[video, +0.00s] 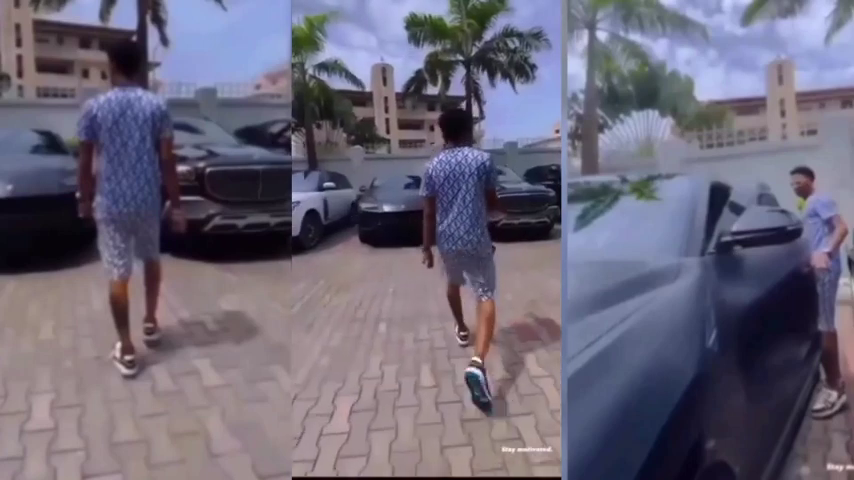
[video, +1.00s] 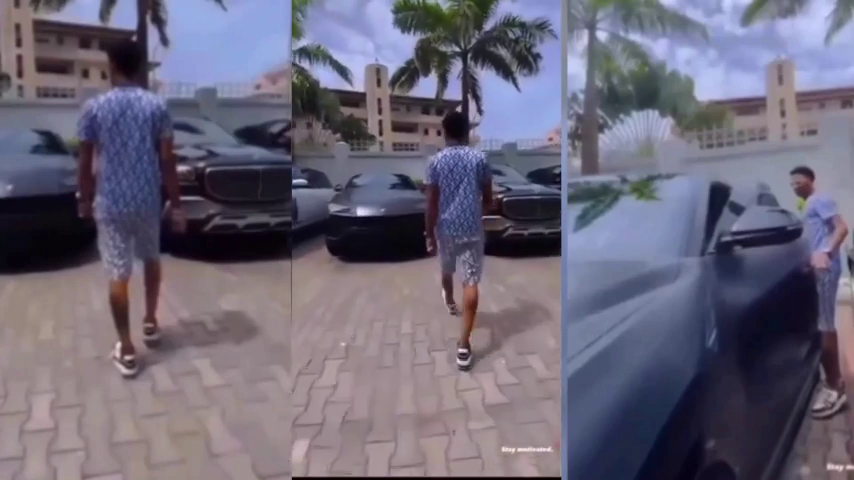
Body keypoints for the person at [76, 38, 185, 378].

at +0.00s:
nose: (112, 71)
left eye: (111, 66)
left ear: (112, 67)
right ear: (142, 67)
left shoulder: (95, 107)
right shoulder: (155, 105)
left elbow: (85, 161)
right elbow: (167, 159)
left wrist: (85, 199)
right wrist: (175, 202)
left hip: (110, 202)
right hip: (147, 201)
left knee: (118, 273)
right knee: (151, 260)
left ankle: (125, 348)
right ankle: (150, 319)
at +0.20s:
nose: (112, 71)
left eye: (111, 66)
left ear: (112, 67)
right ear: (142, 67)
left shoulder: (95, 107)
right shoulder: (155, 105)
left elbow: (85, 161)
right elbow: (167, 159)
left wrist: (85, 199)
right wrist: (175, 202)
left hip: (110, 201)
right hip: (147, 200)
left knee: (118, 273)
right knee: (151, 260)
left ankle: (125, 348)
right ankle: (150, 319)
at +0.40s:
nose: (112, 71)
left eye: (111, 66)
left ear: (112, 67)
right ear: (142, 67)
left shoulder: (95, 107)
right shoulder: (155, 105)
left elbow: (85, 161)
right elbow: (167, 159)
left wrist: (85, 199)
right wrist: (175, 202)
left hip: (110, 201)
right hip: (147, 200)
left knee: (118, 273)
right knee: (151, 260)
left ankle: (125, 348)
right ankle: (150, 319)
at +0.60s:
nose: (112, 71)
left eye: (111, 66)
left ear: (112, 67)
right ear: (142, 67)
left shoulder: (95, 107)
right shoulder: (155, 105)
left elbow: (85, 161)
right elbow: (167, 159)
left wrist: (85, 199)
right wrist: (175, 202)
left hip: (110, 201)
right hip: (147, 200)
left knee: (118, 273)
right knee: (151, 260)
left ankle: (125, 348)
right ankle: (150, 319)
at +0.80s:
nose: (112, 71)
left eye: (111, 66)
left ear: (112, 67)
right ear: (142, 67)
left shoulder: (95, 107)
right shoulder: (155, 105)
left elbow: (85, 161)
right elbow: (167, 159)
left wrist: (85, 199)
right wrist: (175, 202)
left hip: (110, 201)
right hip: (147, 200)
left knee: (118, 273)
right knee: (151, 260)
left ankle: (125, 348)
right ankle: (150, 319)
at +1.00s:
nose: (112, 71)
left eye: (111, 66)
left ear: (112, 67)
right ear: (142, 67)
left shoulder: (95, 107)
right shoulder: (155, 105)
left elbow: (85, 161)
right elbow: (167, 159)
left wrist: (85, 199)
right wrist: (175, 202)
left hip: (110, 201)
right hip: (147, 200)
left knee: (118, 273)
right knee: (151, 260)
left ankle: (125, 348)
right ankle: (150, 319)